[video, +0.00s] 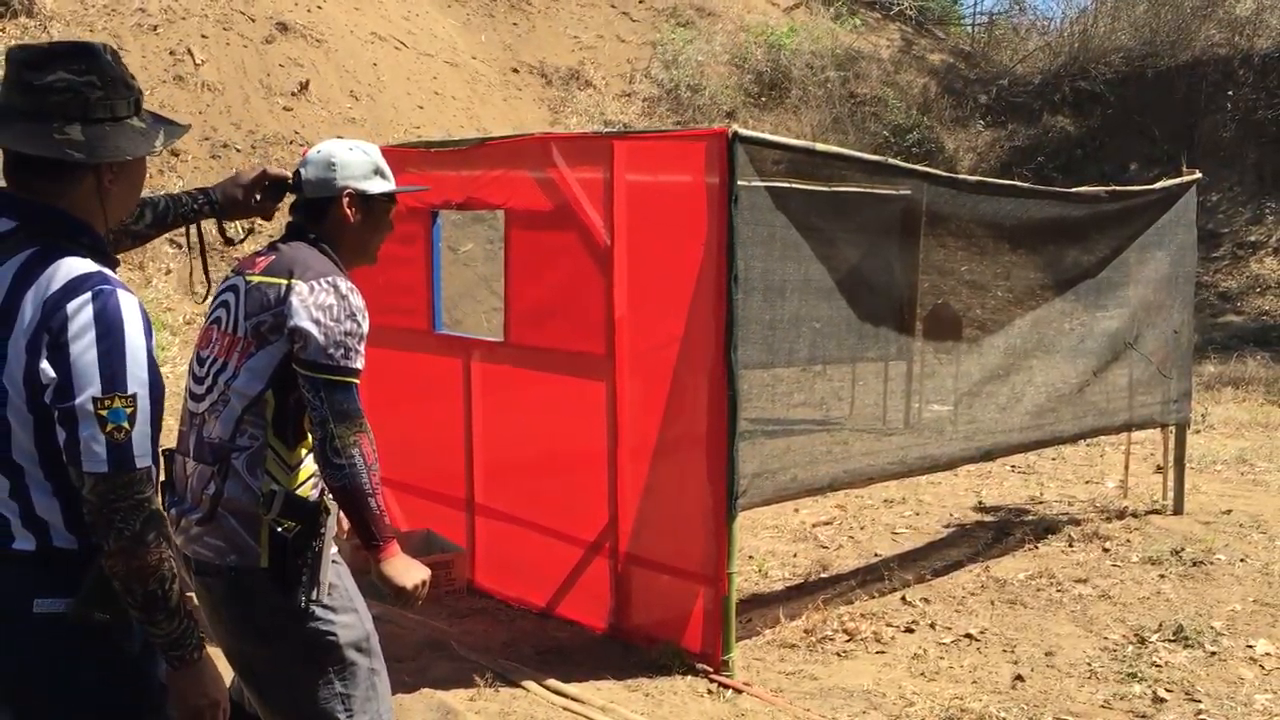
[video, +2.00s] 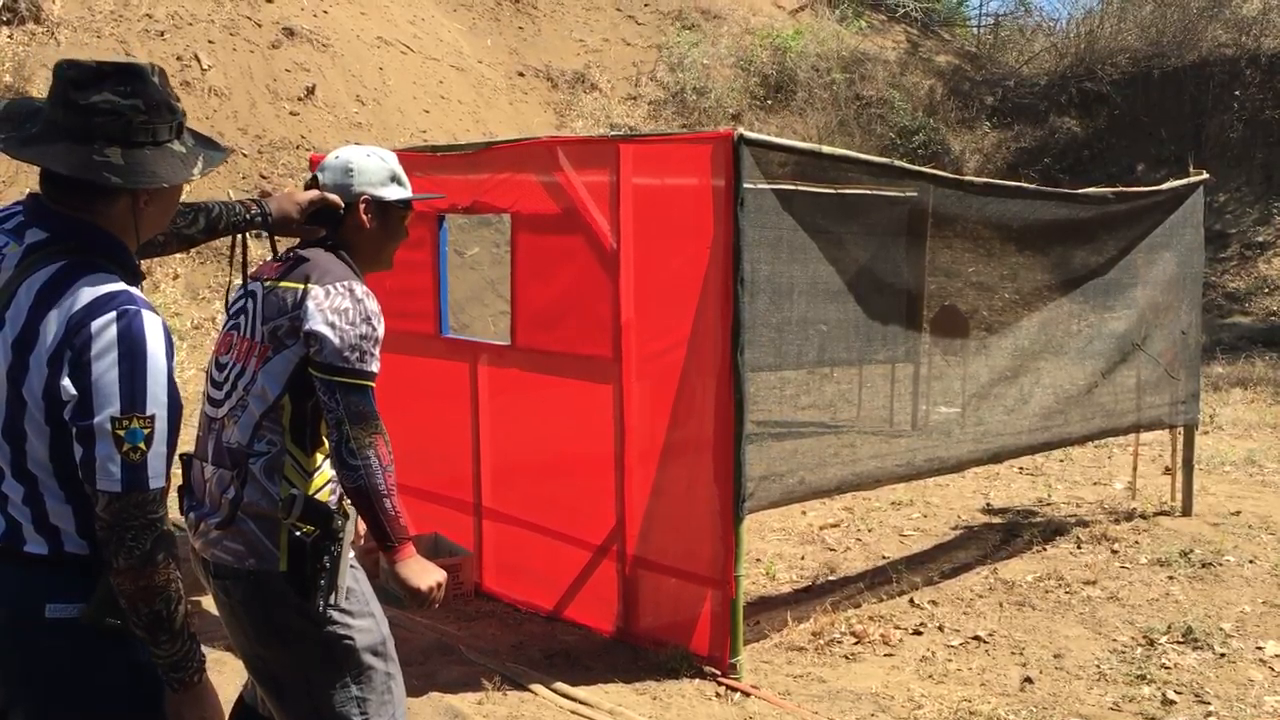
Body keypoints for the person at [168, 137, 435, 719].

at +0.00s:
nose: (394, 224)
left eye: (395, 209)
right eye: (389, 208)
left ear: (325, 203)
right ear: (350, 208)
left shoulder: (254, 268)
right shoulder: (327, 291)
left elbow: (259, 410)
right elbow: (340, 440)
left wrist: (319, 504)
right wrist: (388, 551)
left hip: (213, 532)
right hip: (269, 545)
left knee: (272, 691)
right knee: (354, 699)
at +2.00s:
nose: (409, 230)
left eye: (409, 215)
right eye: (402, 214)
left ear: (341, 212)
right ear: (363, 214)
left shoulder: (269, 276)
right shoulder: (343, 296)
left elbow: (273, 418)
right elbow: (357, 440)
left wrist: (339, 512)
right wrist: (404, 552)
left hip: (226, 532)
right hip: (285, 547)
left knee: (281, 689)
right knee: (371, 701)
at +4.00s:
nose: (377, 339)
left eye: (378, 330)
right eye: (367, 331)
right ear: (333, 329)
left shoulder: (343, 347)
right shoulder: (303, 365)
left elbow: (414, 363)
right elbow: (398, 388)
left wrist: (493, 364)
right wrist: (482, 379)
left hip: (279, 485)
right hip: (237, 500)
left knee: (317, 554)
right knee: (335, 573)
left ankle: (269, 651)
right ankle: (273, 698)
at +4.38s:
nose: (383, 333)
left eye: (384, 323)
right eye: (375, 323)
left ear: (354, 320)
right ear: (339, 319)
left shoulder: (338, 345)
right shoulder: (310, 352)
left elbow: (409, 358)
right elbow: (399, 378)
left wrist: (489, 361)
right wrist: (484, 373)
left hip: (271, 487)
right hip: (232, 494)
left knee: (306, 558)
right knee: (320, 571)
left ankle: (266, 652)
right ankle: (271, 699)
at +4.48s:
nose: (384, 333)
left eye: (385, 324)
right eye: (376, 323)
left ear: (356, 320)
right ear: (342, 318)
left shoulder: (338, 343)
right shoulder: (310, 350)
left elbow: (410, 359)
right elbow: (400, 379)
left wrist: (491, 361)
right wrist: (485, 374)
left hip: (270, 486)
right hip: (232, 493)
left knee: (310, 554)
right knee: (319, 573)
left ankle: (264, 648)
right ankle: (271, 699)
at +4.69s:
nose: (388, 336)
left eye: (388, 326)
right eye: (380, 326)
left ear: (355, 322)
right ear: (348, 322)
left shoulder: (342, 347)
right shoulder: (313, 354)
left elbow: (413, 362)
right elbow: (401, 382)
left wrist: (494, 364)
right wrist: (488, 377)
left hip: (266, 489)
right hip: (230, 498)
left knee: (306, 556)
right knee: (324, 575)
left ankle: (263, 650)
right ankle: (269, 699)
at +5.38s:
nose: (397, 342)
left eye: (397, 332)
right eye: (389, 334)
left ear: (357, 331)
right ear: (357, 334)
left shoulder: (331, 349)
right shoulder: (332, 371)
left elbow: (421, 359)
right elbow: (419, 386)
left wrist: (501, 356)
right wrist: (502, 365)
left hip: (219, 499)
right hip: (235, 518)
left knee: (294, 543)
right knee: (335, 582)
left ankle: (259, 645)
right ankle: (268, 704)